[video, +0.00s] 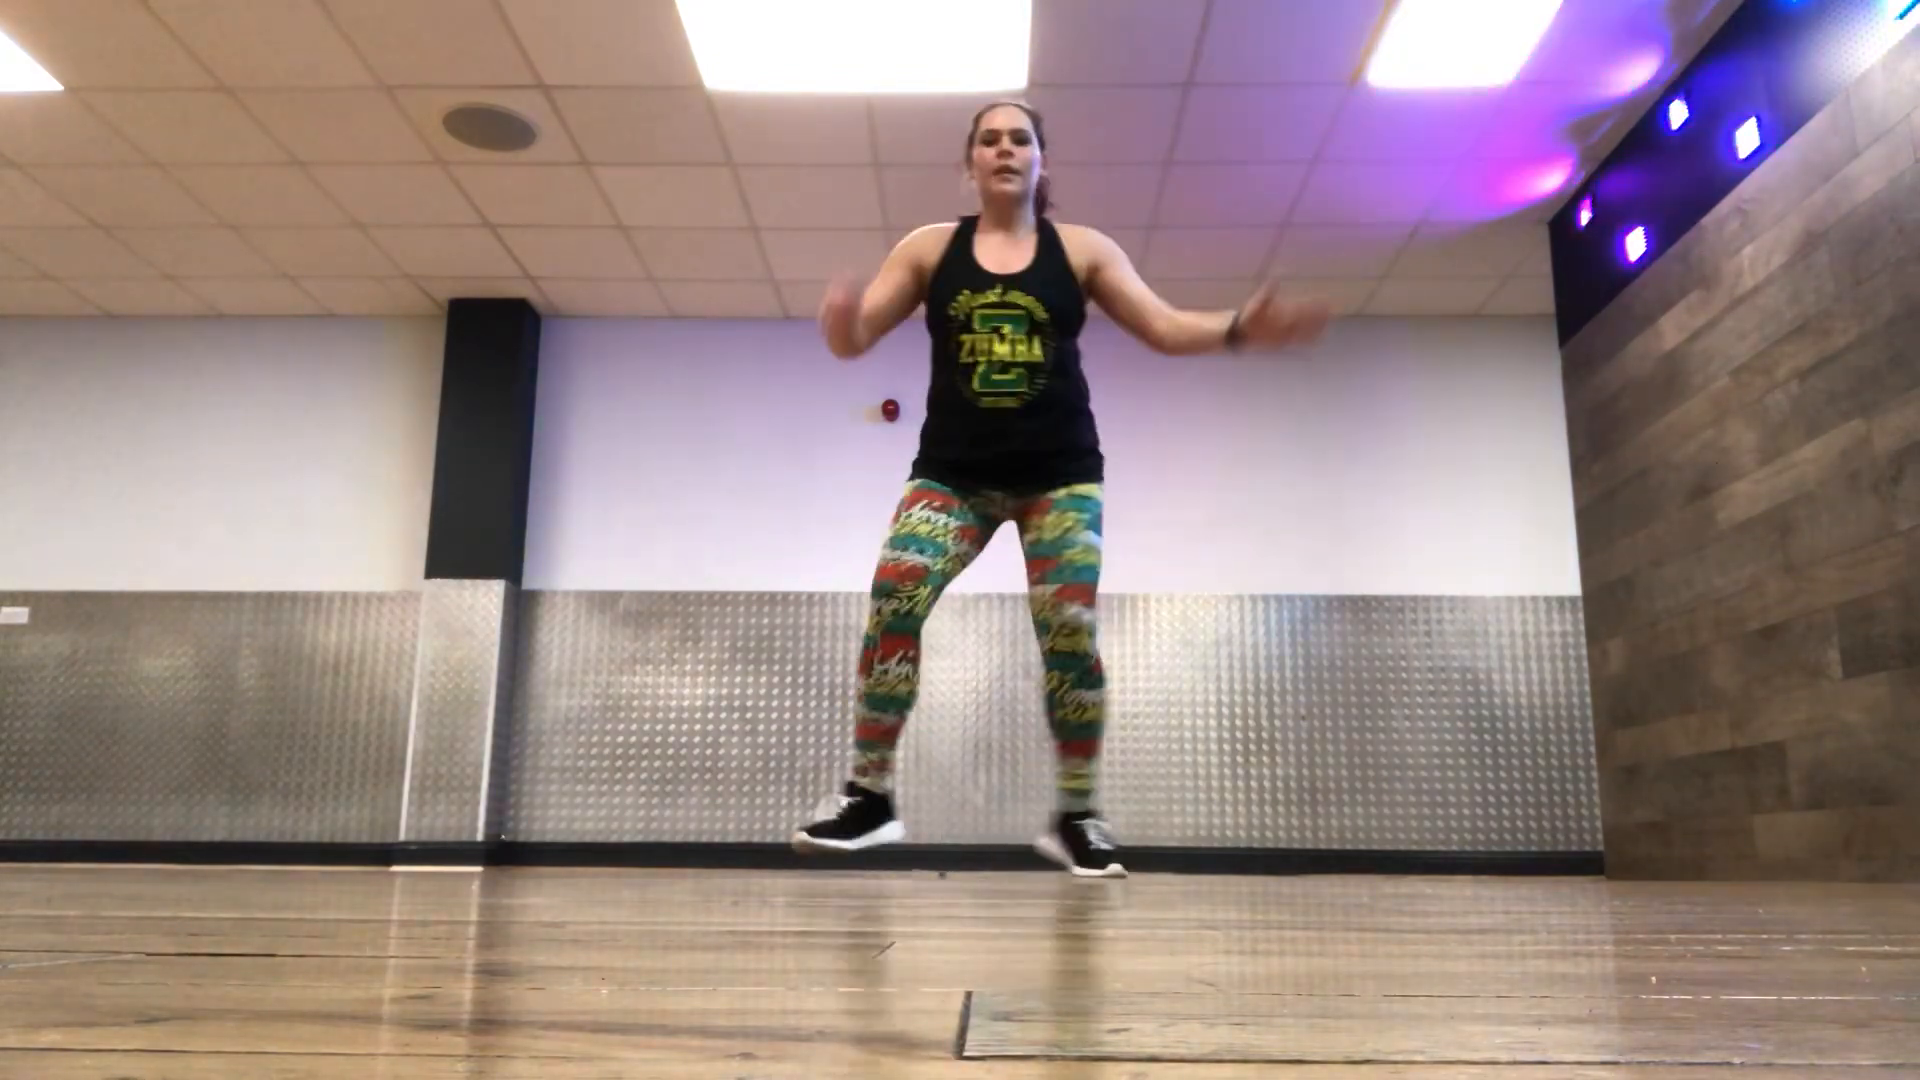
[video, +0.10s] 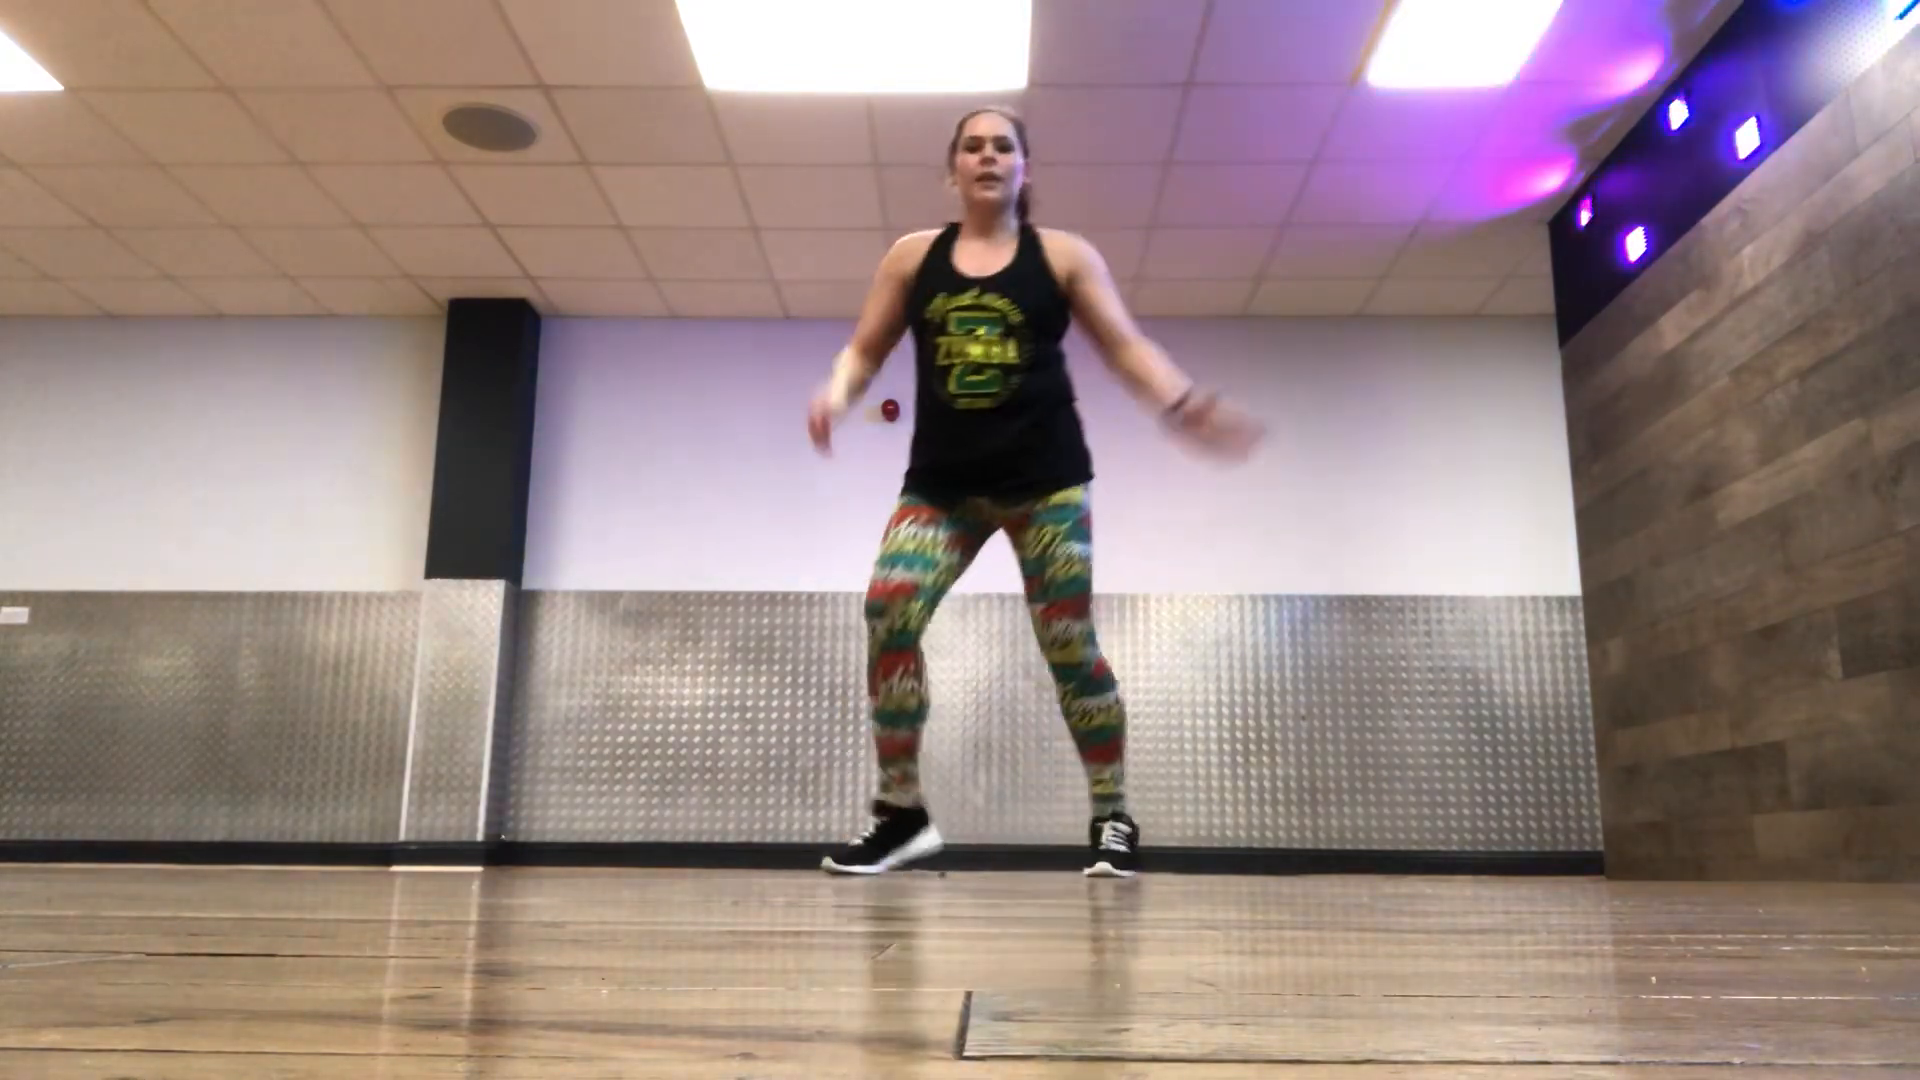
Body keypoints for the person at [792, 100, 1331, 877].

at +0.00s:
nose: (1005, 148)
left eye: (1019, 138)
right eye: (991, 139)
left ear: (1041, 162)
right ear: (969, 162)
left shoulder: (1081, 249)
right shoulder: (930, 247)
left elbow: (1166, 327)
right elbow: (852, 340)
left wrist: (1239, 326)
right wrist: (841, 314)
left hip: (1059, 472)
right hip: (956, 470)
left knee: (1068, 625)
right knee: (894, 595)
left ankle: (1078, 815)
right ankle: (868, 797)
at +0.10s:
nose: (988, 156)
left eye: (1003, 146)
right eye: (974, 146)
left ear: (1024, 168)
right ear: (952, 168)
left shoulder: (1063, 257)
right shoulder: (914, 256)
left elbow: (1127, 345)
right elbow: (864, 351)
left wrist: (1185, 401)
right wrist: (835, 392)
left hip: (1046, 483)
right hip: (945, 484)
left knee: (1067, 641)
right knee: (888, 611)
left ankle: (1112, 818)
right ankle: (900, 815)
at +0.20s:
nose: (965, 168)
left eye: (979, 157)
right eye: (950, 157)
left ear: (1001, 178)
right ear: (928, 177)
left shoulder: (1033, 266)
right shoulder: (893, 272)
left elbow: (1084, 370)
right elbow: (865, 374)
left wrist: (1085, 464)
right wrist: (847, 452)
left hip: (1024, 496)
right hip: (925, 501)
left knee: (1048, 652)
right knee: (882, 630)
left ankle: (1100, 823)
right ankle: (910, 828)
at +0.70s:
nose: (888, 164)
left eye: (902, 154)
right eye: (873, 154)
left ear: (926, 174)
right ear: (852, 176)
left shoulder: (950, 244)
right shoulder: (833, 266)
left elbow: (901, 343)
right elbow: (805, 369)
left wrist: (782, 383)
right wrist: (796, 437)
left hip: (938, 471)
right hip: (858, 476)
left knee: (848, 613)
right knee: (838, 634)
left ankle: (794, 808)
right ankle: (910, 826)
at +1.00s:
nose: (907, 165)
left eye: (921, 154)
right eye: (892, 154)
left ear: (943, 175)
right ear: (869, 175)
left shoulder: (981, 261)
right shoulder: (831, 262)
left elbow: (1028, 350)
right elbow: (788, 364)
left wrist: (973, 357)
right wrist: (797, 448)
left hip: (957, 481)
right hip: (860, 484)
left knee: (915, 609)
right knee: (853, 634)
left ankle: (856, 791)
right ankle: (897, 826)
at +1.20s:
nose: (954, 164)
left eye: (968, 154)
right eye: (938, 153)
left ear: (990, 175)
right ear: (914, 173)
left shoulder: (1023, 265)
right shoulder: (872, 259)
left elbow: (1080, 355)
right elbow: (824, 371)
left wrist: (1106, 422)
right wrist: (843, 487)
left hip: (991, 490)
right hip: (887, 488)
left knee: (1041, 617)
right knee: (873, 638)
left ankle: (1027, 802)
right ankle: (896, 826)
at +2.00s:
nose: (1071, 181)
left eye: (1084, 170)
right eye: (1056, 172)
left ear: (1106, 189)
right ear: (1034, 193)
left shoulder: (1148, 277)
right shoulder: (997, 273)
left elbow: (1183, 388)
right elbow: (947, 368)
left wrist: (1141, 467)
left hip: (1119, 491)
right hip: (1023, 490)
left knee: (1120, 655)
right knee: (1052, 615)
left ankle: (1104, 816)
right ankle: (1108, 804)